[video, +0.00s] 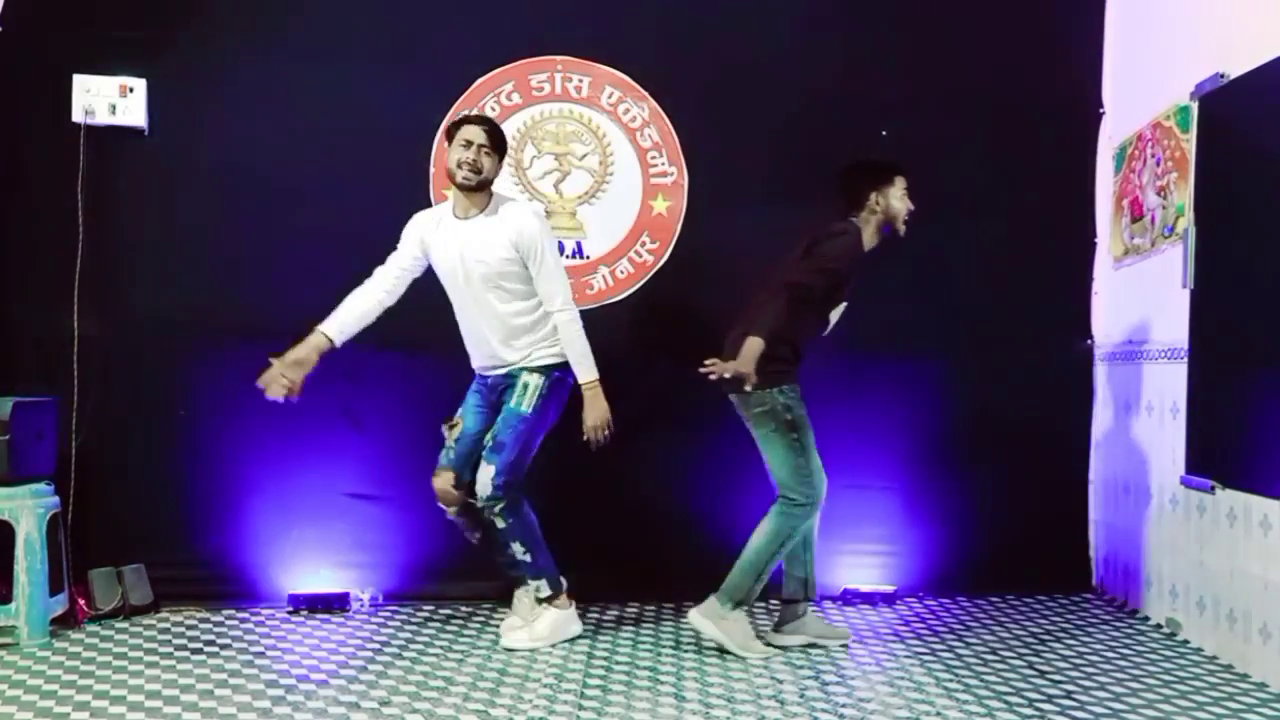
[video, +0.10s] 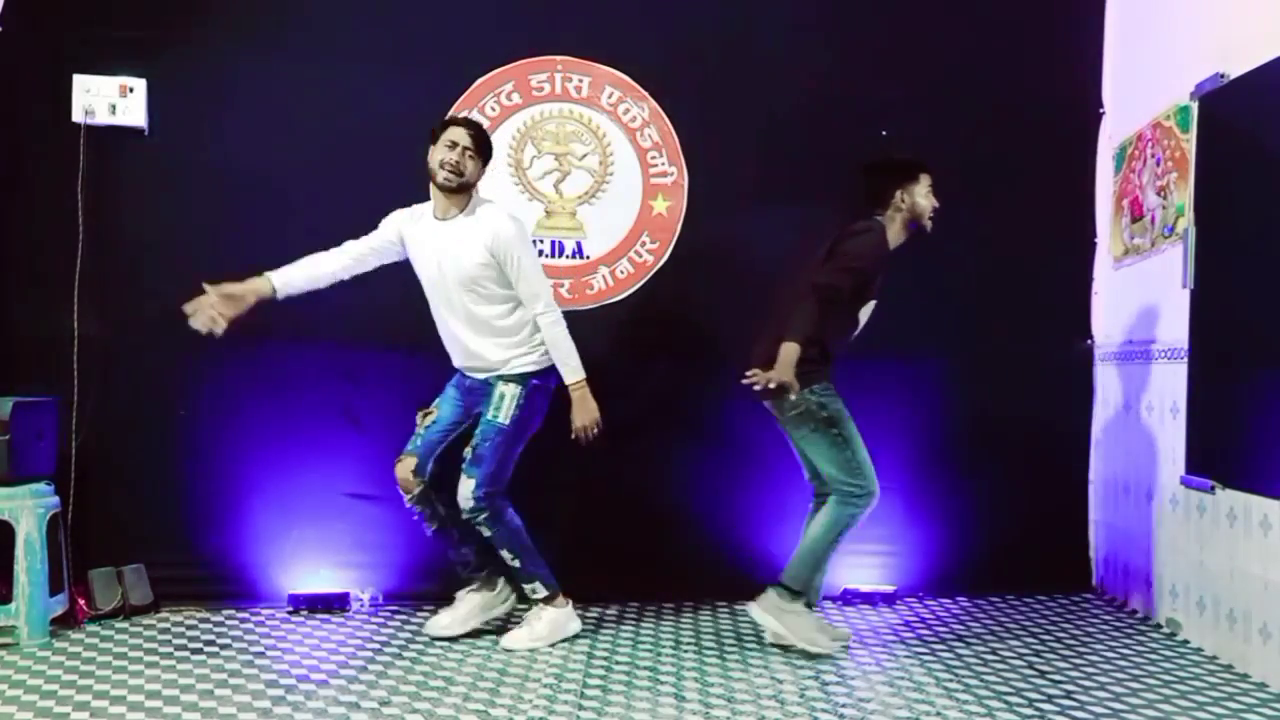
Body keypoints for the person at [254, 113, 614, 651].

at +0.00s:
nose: (472, 155)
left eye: (485, 149)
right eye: (463, 145)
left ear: (498, 164)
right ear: (446, 155)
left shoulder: (523, 222)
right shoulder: (427, 228)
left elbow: (563, 308)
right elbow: (380, 289)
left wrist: (593, 390)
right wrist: (311, 347)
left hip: (541, 367)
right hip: (489, 373)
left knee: (495, 485)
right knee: (452, 485)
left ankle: (558, 605)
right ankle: (532, 583)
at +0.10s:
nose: (456, 155)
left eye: (469, 151)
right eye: (448, 145)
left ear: (481, 169)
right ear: (429, 154)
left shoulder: (500, 226)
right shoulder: (408, 226)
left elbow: (547, 309)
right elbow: (339, 262)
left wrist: (579, 389)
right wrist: (254, 289)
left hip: (523, 375)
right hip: (468, 376)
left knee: (479, 494)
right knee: (413, 474)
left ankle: (554, 605)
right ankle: (490, 585)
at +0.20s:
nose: (438, 156)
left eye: (451, 152)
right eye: (431, 144)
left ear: (462, 170)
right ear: (413, 153)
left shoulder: (477, 228)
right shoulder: (388, 216)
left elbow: (527, 311)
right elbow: (311, 230)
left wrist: (560, 391)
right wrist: (214, 232)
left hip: (491, 373)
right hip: (441, 377)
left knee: (413, 485)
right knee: (404, 497)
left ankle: (513, 576)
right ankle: (475, 601)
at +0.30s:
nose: (426, 152)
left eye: (440, 149)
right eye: (421, 141)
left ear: (452, 167)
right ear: (403, 149)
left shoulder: (467, 227)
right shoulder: (375, 212)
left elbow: (511, 314)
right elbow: (294, 208)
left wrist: (543, 394)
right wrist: (196, 192)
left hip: (472, 370)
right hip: (421, 375)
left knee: (381, 465)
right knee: (386, 488)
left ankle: (462, 578)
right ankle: (465, 596)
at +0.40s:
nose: (413, 141)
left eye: (426, 139)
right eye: (407, 130)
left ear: (434, 158)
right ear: (385, 137)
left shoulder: (444, 217)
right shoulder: (354, 196)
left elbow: (478, 309)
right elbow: (271, 178)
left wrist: (504, 396)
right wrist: (173, 142)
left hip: (440, 369)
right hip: (389, 369)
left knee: (349, 483)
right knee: (341, 483)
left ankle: (406, 614)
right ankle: (434, 578)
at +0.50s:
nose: (391, 137)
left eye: (405, 136)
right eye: (386, 124)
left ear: (411, 155)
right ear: (364, 131)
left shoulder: (418, 217)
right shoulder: (330, 188)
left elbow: (445, 312)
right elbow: (249, 155)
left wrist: (460, 402)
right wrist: (161, 101)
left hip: (402, 373)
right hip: (355, 366)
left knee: (331, 491)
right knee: (282, 466)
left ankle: (403, 617)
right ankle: (353, 586)